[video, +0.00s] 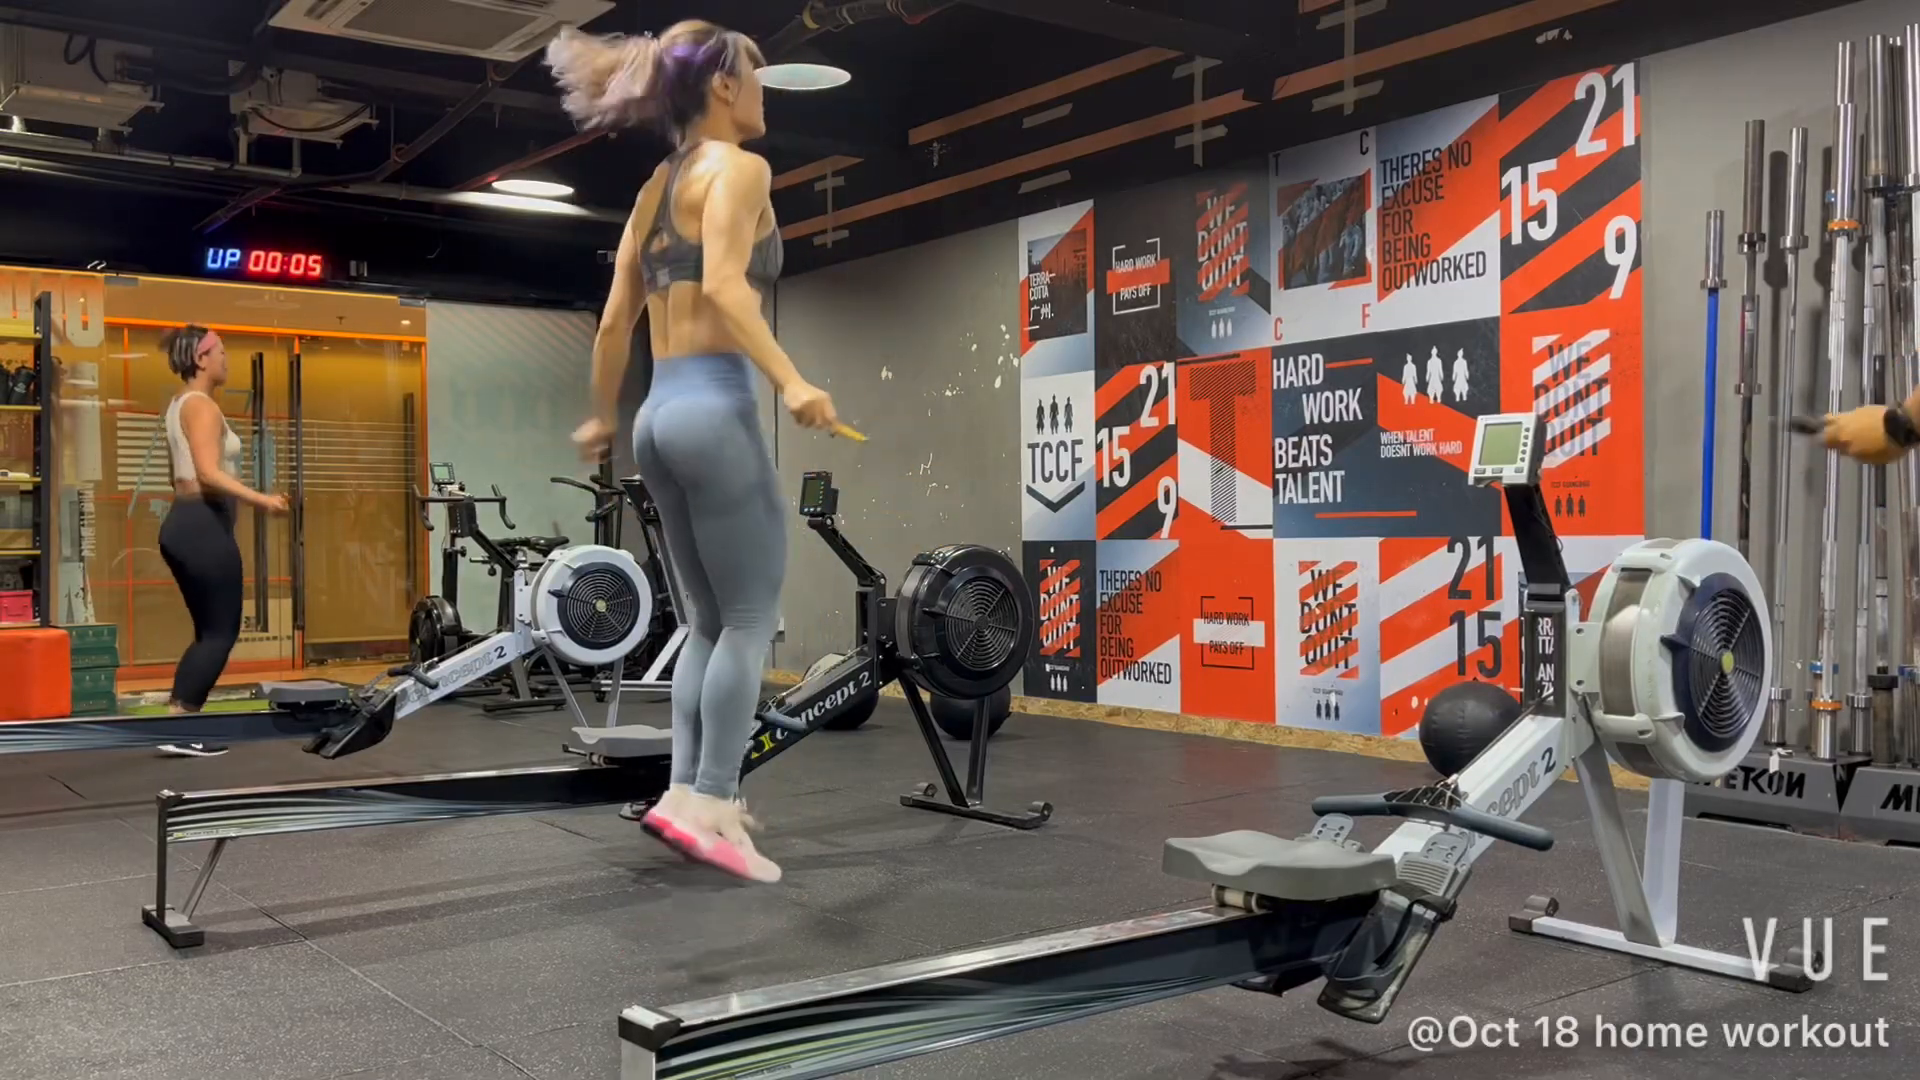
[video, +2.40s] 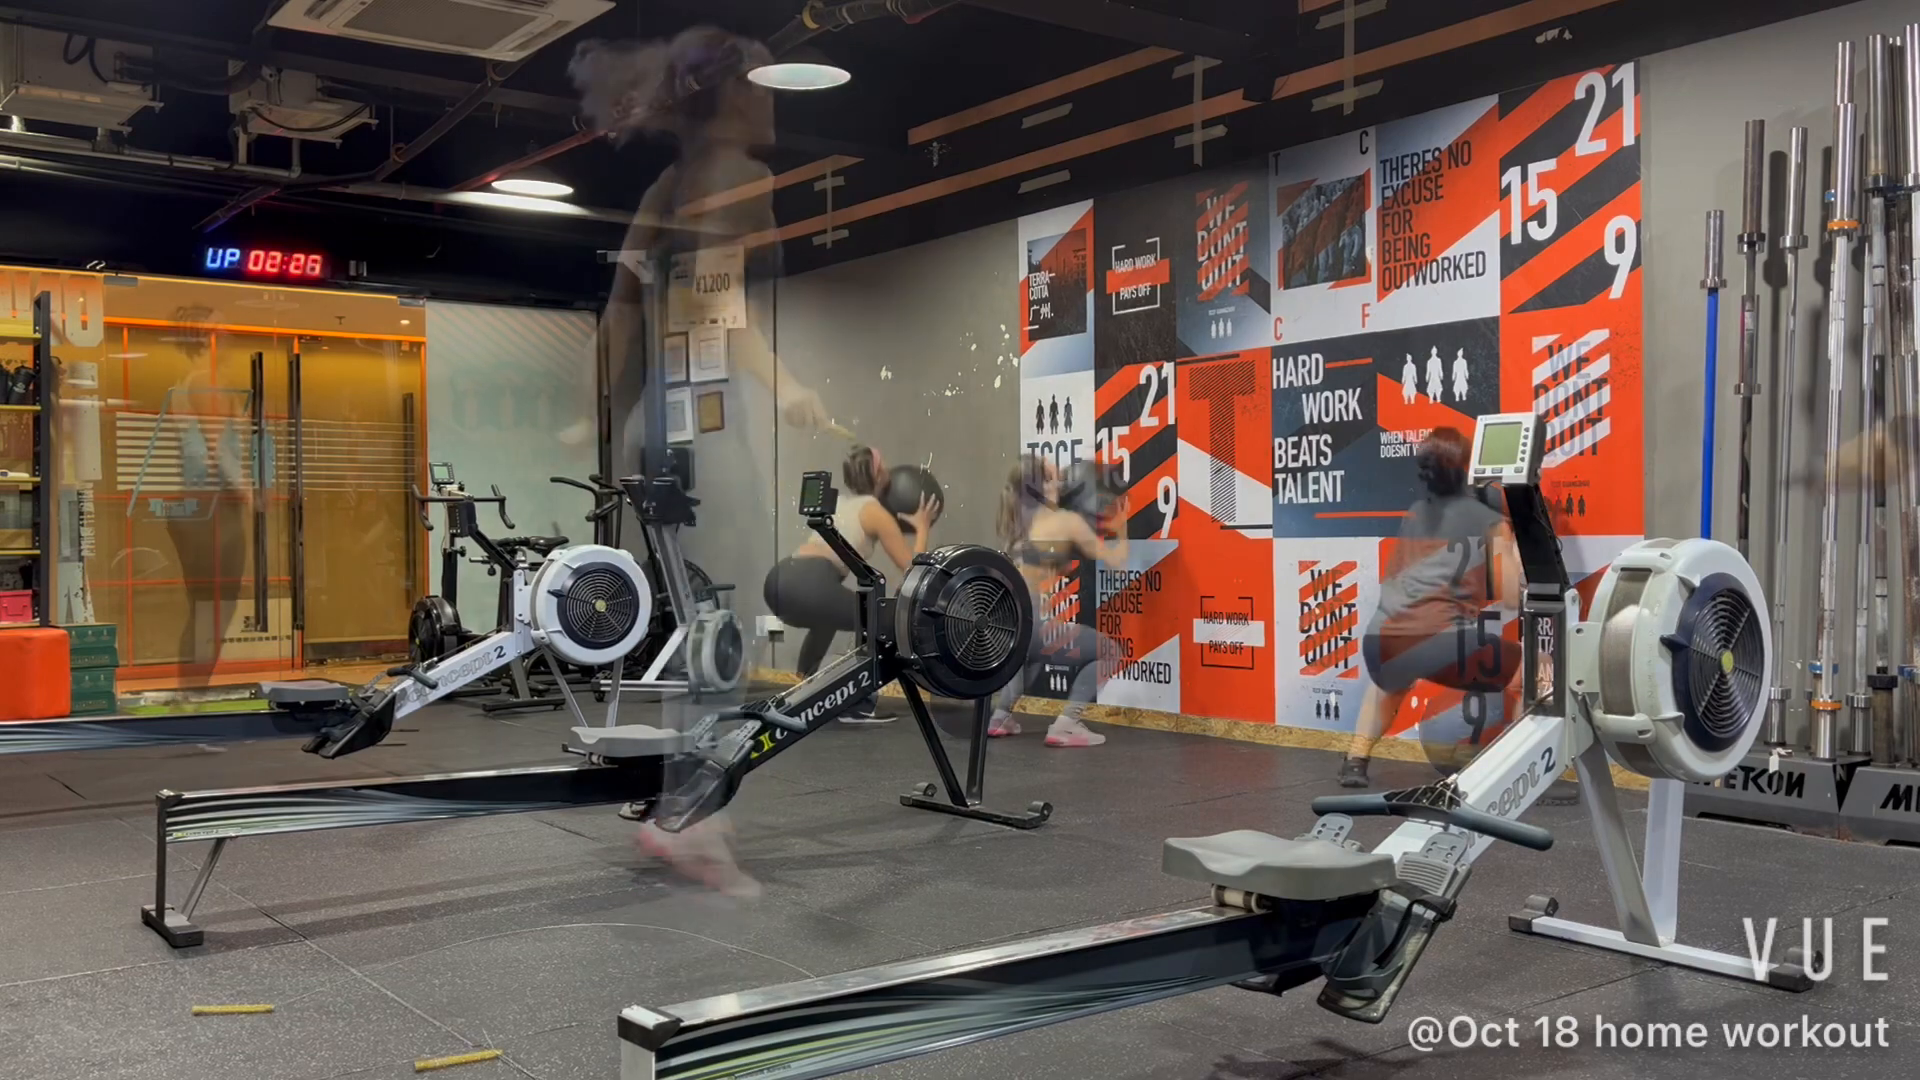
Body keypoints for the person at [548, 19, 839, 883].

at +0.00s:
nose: (763, 96)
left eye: (759, 80)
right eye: (754, 82)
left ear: (691, 96)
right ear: (722, 87)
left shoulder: (654, 188)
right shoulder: (739, 166)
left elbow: (616, 319)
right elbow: (722, 285)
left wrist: (605, 413)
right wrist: (791, 381)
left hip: (657, 412)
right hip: (714, 408)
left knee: (704, 621)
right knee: (750, 618)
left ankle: (689, 795)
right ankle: (712, 805)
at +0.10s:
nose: (759, 140)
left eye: (753, 125)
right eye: (747, 126)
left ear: (692, 148)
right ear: (717, 141)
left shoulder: (655, 240)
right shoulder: (729, 217)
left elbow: (599, 353)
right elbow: (715, 333)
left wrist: (544, 441)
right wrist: (789, 417)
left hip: (667, 468)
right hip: (712, 462)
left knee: (709, 673)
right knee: (748, 667)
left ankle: (686, 849)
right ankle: (710, 859)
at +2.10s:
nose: (762, 187)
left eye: (755, 173)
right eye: (751, 174)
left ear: (673, 191)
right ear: (728, 185)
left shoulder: (657, 277)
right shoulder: (726, 266)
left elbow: (618, 400)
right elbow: (722, 397)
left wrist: (610, 481)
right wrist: (810, 482)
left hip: (658, 503)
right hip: (710, 497)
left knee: (694, 707)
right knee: (742, 700)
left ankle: (659, 898)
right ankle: (681, 906)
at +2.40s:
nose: (771, 111)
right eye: (761, 96)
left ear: (683, 93)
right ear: (727, 93)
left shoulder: (675, 187)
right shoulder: (730, 176)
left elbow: (630, 316)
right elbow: (710, 309)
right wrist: (791, 391)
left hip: (667, 413)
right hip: (713, 409)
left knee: (706, 607)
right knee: (729, 606)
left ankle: (689, 811)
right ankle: (690, 812)